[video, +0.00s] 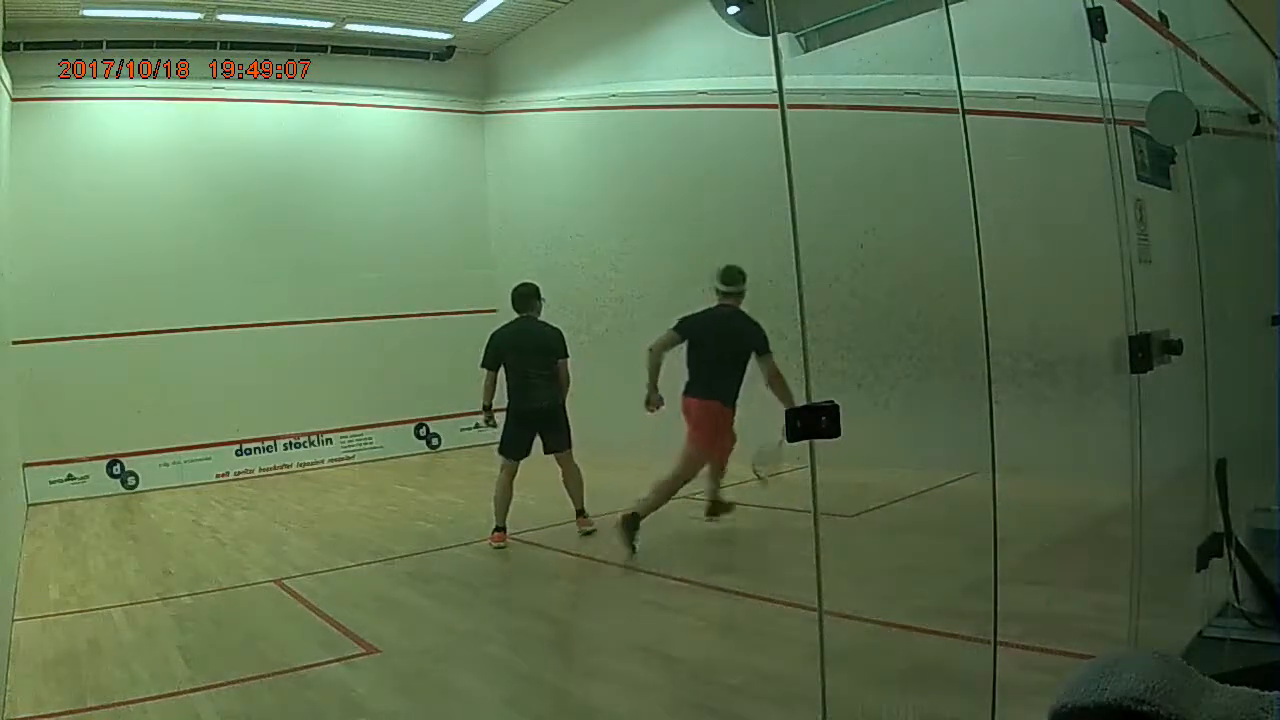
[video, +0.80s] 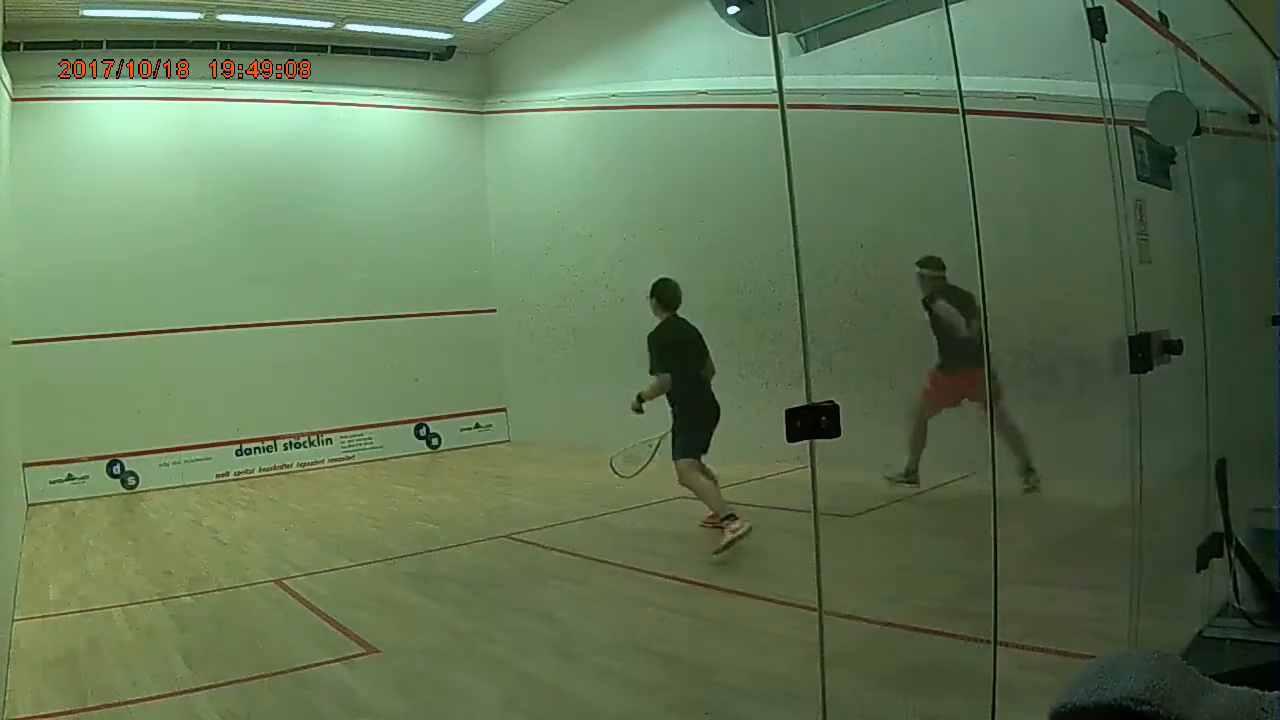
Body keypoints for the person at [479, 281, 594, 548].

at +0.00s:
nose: (543, 305)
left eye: (540, 302)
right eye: (542, 302)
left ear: (514, 306)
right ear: (538, 304)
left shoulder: (500, 336)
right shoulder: (553, 333)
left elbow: (490, 379)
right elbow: (564, 376)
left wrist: (487, 409)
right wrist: (560, 402)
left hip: (520, 413)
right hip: (552, 411)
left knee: (507, 470)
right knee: (567, 462)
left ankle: (499, 529)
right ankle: (582, 516)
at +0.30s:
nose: (597, 316)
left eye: (596, 311)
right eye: (595, 312)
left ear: (571, 316)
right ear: (589, 314)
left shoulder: (558, 342)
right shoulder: (606, 343)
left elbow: (550, 378)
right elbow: (621, 383)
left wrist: (537, 413)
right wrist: (610, 401)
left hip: (571, 416)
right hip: (603, 414)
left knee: (544, 468)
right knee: (613, 462)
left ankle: (514, 523)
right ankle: (633, 514)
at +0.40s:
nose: (618, 312)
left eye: (615, 308)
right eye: (616, 308)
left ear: (591, 312)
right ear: (613, 311)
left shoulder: (581, 339)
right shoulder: (627, 339)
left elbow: (570, 379)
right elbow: (645, 380)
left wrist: (555, 414)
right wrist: (632, 401)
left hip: (594, 413)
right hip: (625, 412)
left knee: (566, 465)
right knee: (623, 460)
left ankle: (559, 526)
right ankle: (633, 516)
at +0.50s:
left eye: (611, 295)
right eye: (627, 293)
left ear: (606, 297)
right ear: (631, 296)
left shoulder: (598, 327)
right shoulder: (646, 326)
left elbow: (582, 366)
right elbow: (666, 366)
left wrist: (568, 399)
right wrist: (650, 390)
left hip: (615, 402)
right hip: (644, 402)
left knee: (597, 458)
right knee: (631, 453)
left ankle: (616, 518)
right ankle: (635, 513)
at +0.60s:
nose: (624, 288)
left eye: (621, 284)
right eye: (636, 284)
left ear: (619, 286)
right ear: (643, 286)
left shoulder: (609, 316)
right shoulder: (658, 315)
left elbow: (597, 356)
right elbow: (681, 355)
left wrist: (582, 385)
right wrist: (665, 380)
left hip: (632, 391)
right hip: (661, 391)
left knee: (623, 454)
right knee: (655, 448)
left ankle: (653, 509)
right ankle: (652, 510)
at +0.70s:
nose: (639, 293)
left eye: (638, 289)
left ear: (638, 290)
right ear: (662, 289)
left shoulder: (635, 321)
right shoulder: (677, 318)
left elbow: (632, 362)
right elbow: (697, 357)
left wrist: (611, 383)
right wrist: (684, 381)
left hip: (660, 395)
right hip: (685, 390)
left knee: (660, 460)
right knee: (682, 454)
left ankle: (695, 512)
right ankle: (715, 505)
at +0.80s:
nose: (649, 302)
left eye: (650, 298)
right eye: (650, 298)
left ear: (655, 302)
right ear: (677, 301)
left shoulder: (658, 336)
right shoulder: (690, 329)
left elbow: (663, 381)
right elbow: (709, 370)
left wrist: (641, 398)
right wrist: (688, 393)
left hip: (687, 408)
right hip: (706, 403)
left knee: (686, 474)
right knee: (695, 464)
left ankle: (732, 522)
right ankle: (720, 511)